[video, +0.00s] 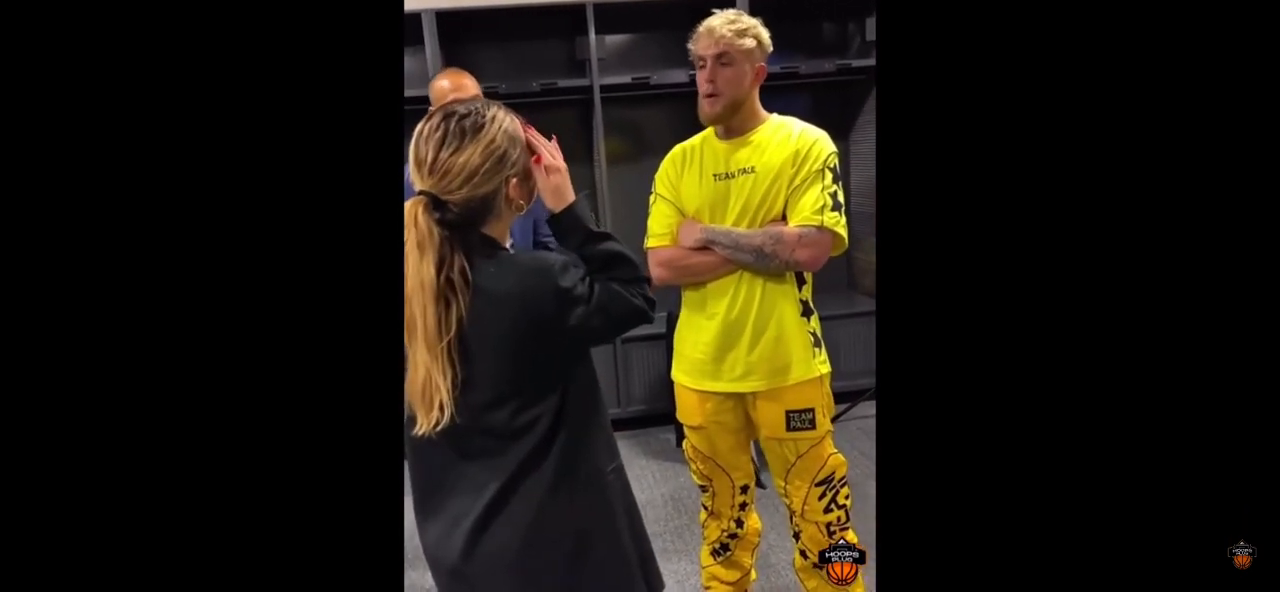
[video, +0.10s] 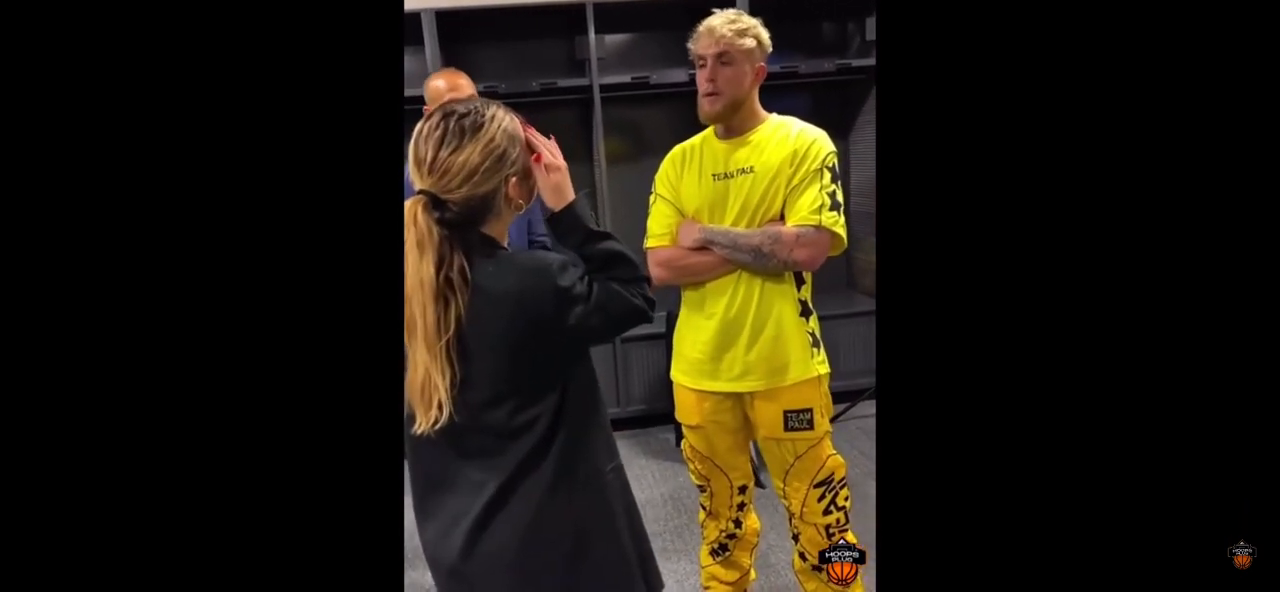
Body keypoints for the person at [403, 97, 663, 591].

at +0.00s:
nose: (532, 174)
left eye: (526, 161)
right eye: (526, 166)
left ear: (430, 184)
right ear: (514, 191)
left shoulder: (413, 279)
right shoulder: (539, 282)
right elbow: (632, 295)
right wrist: (567, 211)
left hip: (452, 533)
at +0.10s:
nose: (530, 173)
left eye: (525, 161)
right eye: (525, 166)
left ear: (428, 184)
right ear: (513, 190)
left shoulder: (412, 280)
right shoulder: (538, 282)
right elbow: (631, 294)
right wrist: (567, 210)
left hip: (452, 536)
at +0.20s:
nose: (531, 171)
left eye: (525, 159)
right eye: (525, 164)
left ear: (429, 183)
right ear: (513, 190)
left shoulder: (413, 279)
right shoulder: (537, 281)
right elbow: (631, 294)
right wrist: (567, 209)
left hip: (452, 534)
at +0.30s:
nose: (531, 168)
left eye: (525, 156)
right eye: (525, 161)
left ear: (428, 182)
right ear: (512, 188)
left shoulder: (412, 278)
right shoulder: (537, 280)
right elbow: (631, 294)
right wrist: (567, 208)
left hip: (451, 532)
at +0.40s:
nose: (531, 165)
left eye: (525, 153)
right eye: (525, 158)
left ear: (429, 180)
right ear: (511, 186)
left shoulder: (412, 277)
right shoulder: (537, 280)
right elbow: (631, 294)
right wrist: (568, 208)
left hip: (450, 531)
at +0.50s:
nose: (533, 165)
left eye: (527, 152)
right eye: (527, 157)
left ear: (432, 181)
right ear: (510, 183)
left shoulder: (414, 276)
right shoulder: (538, 278)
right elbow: (633, 296)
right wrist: (571, 209)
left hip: (451, 532)